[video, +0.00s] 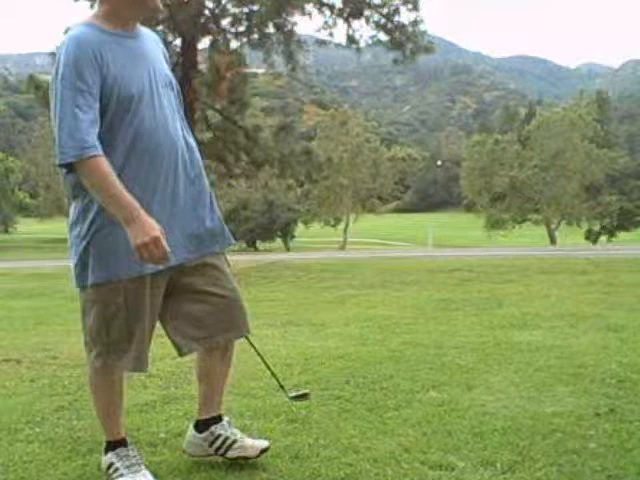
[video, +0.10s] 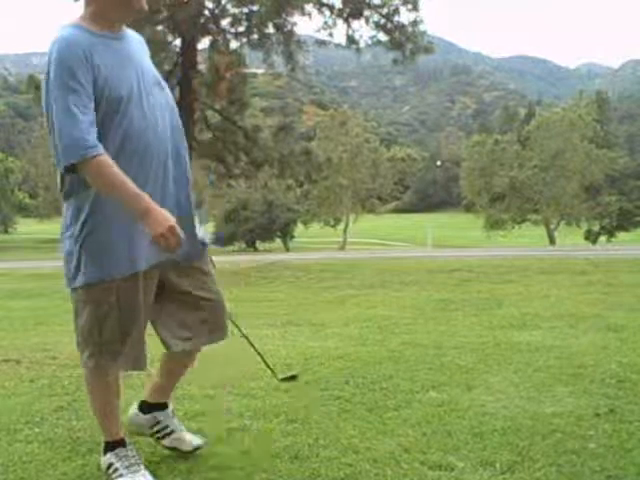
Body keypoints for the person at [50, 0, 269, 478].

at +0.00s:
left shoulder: (152, 41)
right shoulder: (82, 46)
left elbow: (167, 133)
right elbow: (81, 150)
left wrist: (194, 206)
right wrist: (134, 217)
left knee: (223, 322)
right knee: (110, 348)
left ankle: (208, 428)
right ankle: (117, 449)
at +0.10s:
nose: (144, 1)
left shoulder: (134, 41)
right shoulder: (71, 48)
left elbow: (145, 133)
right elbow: (81, 151)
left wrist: (173, 206)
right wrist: (149, 211)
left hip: (167, 224)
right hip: (109, 235)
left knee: (201, 322)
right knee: (104, 348)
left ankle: (154, 409)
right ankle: (115, 448)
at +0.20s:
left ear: (104, 2)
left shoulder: (121, 43)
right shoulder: (60, 51)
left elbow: (134, 138)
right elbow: (79, 153)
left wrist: (161, 210)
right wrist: (147, 206)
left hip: (149, 226)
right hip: (99, 235)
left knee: (164, 326)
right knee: (103, 347)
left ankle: (95, 391)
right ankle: (115, 447)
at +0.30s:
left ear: (86, 4)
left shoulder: (109, 48)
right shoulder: (49, 54)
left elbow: (124, 142)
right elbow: (67, 157)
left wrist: (147, 208)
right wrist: (139, 203)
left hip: (134, 228)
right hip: (92, 235)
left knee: (121, 331)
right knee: (97, 343)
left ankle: (60, 391)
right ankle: (114, 449)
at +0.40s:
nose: (106, 1)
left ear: (71, 6)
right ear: (63, 2)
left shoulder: (94, 51)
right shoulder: (38, 56)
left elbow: (107, 140)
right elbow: (58, 158)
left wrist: (133, 205)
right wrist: (127, 203)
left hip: (111, 224)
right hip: (77, 230)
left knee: (89, 329)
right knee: (87, 340)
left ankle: (37, 406)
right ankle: (115, 449)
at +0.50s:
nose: (96, 5)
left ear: (64, 8)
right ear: (53, 4)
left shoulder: (82, 59)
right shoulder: (25, 62)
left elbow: (102, 143)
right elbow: (49, 157)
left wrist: (129, 196)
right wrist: (116, 197)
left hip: (91, 224)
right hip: (61, 229)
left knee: (59, 330)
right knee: (84, 337)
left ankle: (20, 421)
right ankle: (114, 449)